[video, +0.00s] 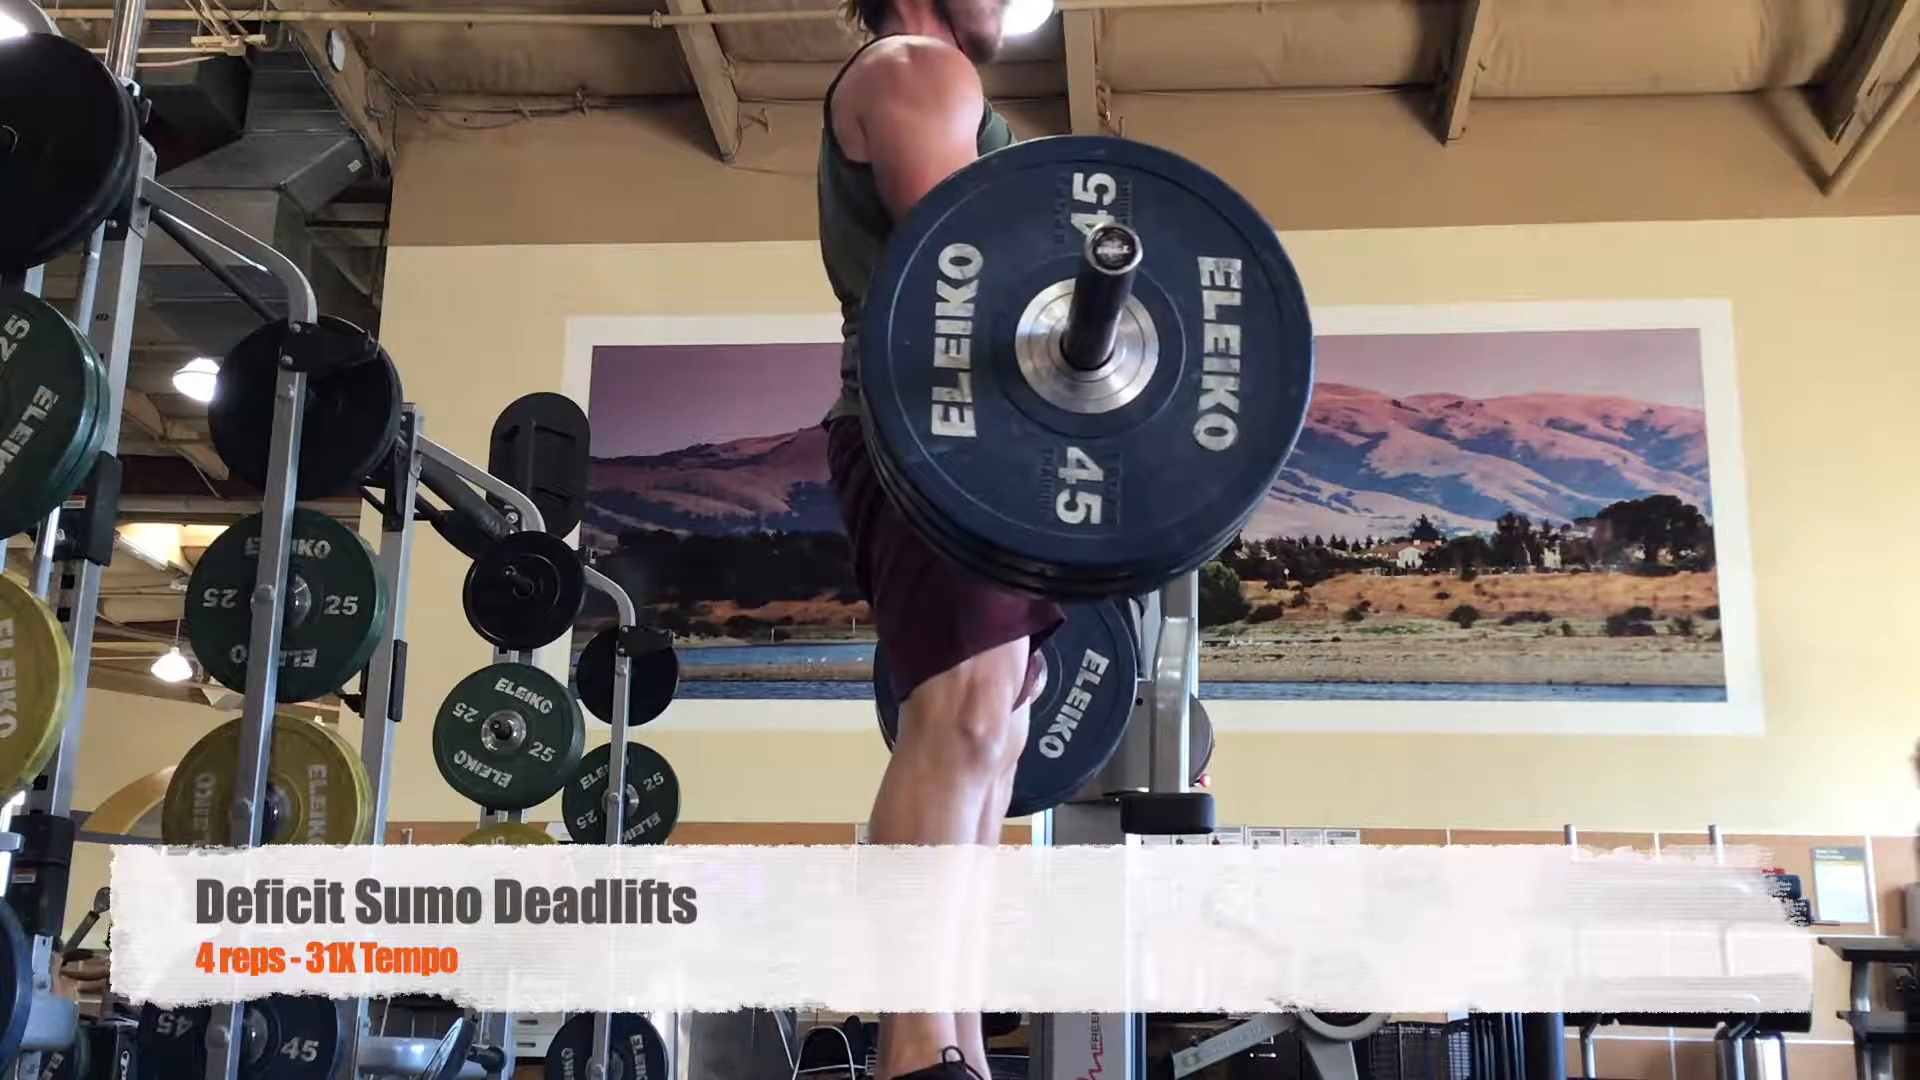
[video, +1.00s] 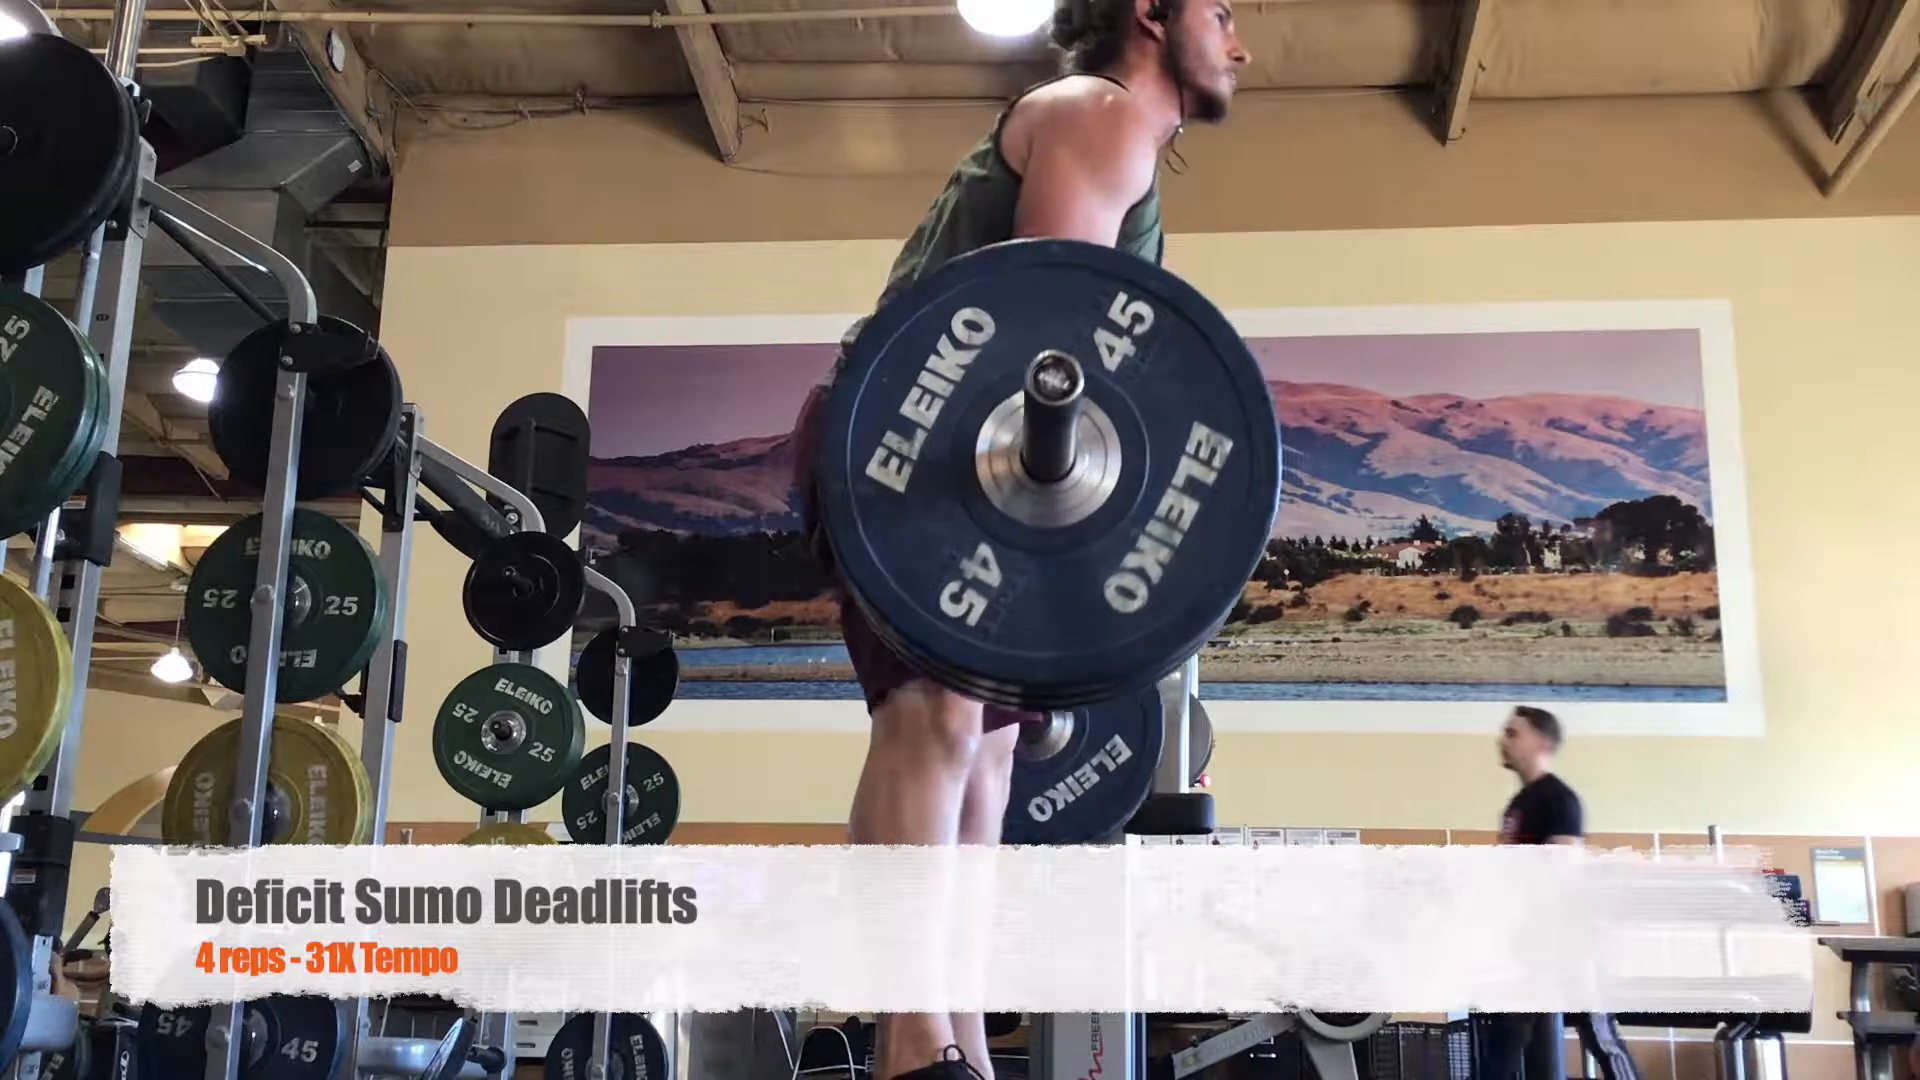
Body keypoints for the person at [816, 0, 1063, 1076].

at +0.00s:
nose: (1013, 2)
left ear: (909, 10)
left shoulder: (932, 81)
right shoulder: (915, 69)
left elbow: (982, 283)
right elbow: (973, 277)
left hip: (965, 427)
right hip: (918, 422)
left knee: (994, 727)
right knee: (967, 711)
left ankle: (956, 1039)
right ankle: (913, 1050)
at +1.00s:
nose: (1235, 33)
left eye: (1229, 15)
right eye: (1215, 12)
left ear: (1159, 28)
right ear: (1153, 19)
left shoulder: (1123, 148)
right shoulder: (1097, 115)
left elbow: (1075, 357)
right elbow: (1058, 335)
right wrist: (1075, 563)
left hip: (956, 440)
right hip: (886, 426)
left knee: (992, 724)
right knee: (931, 713)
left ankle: (958, 1032)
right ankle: (908, 1043)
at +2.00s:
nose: (1347, 278)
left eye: (1347, 251)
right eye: (1333, 244)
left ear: (1263, 242)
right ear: (1261, 235)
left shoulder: (1185, 427)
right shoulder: (1154, 314)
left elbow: (1135, 582)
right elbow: (1084, 552)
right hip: (827, 457)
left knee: (996, 746)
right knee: (954, 726)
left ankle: (970, 1043)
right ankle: (923, 1043)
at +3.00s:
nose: (1361, 258)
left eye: (1364, 235)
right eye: (1350, 225)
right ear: (1274, 206)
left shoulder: (1189, 395)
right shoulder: (1165, 286)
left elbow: (1145, 543)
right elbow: (1089, 502)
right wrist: (1091, 661)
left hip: (911, 466)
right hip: (840, 434)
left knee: (981, 728)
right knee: (945, 713)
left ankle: (965, 1037)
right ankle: (922, 1039)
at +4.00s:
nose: (1005, 3)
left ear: (903, 13)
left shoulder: (922, 83)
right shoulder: (930, 72)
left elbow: (994, 280)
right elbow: (990, 276)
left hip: (977, 447)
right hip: (948, 444)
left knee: (1003, 740)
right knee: (976, 725)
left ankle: (961, 1045)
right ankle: (917, 1049)